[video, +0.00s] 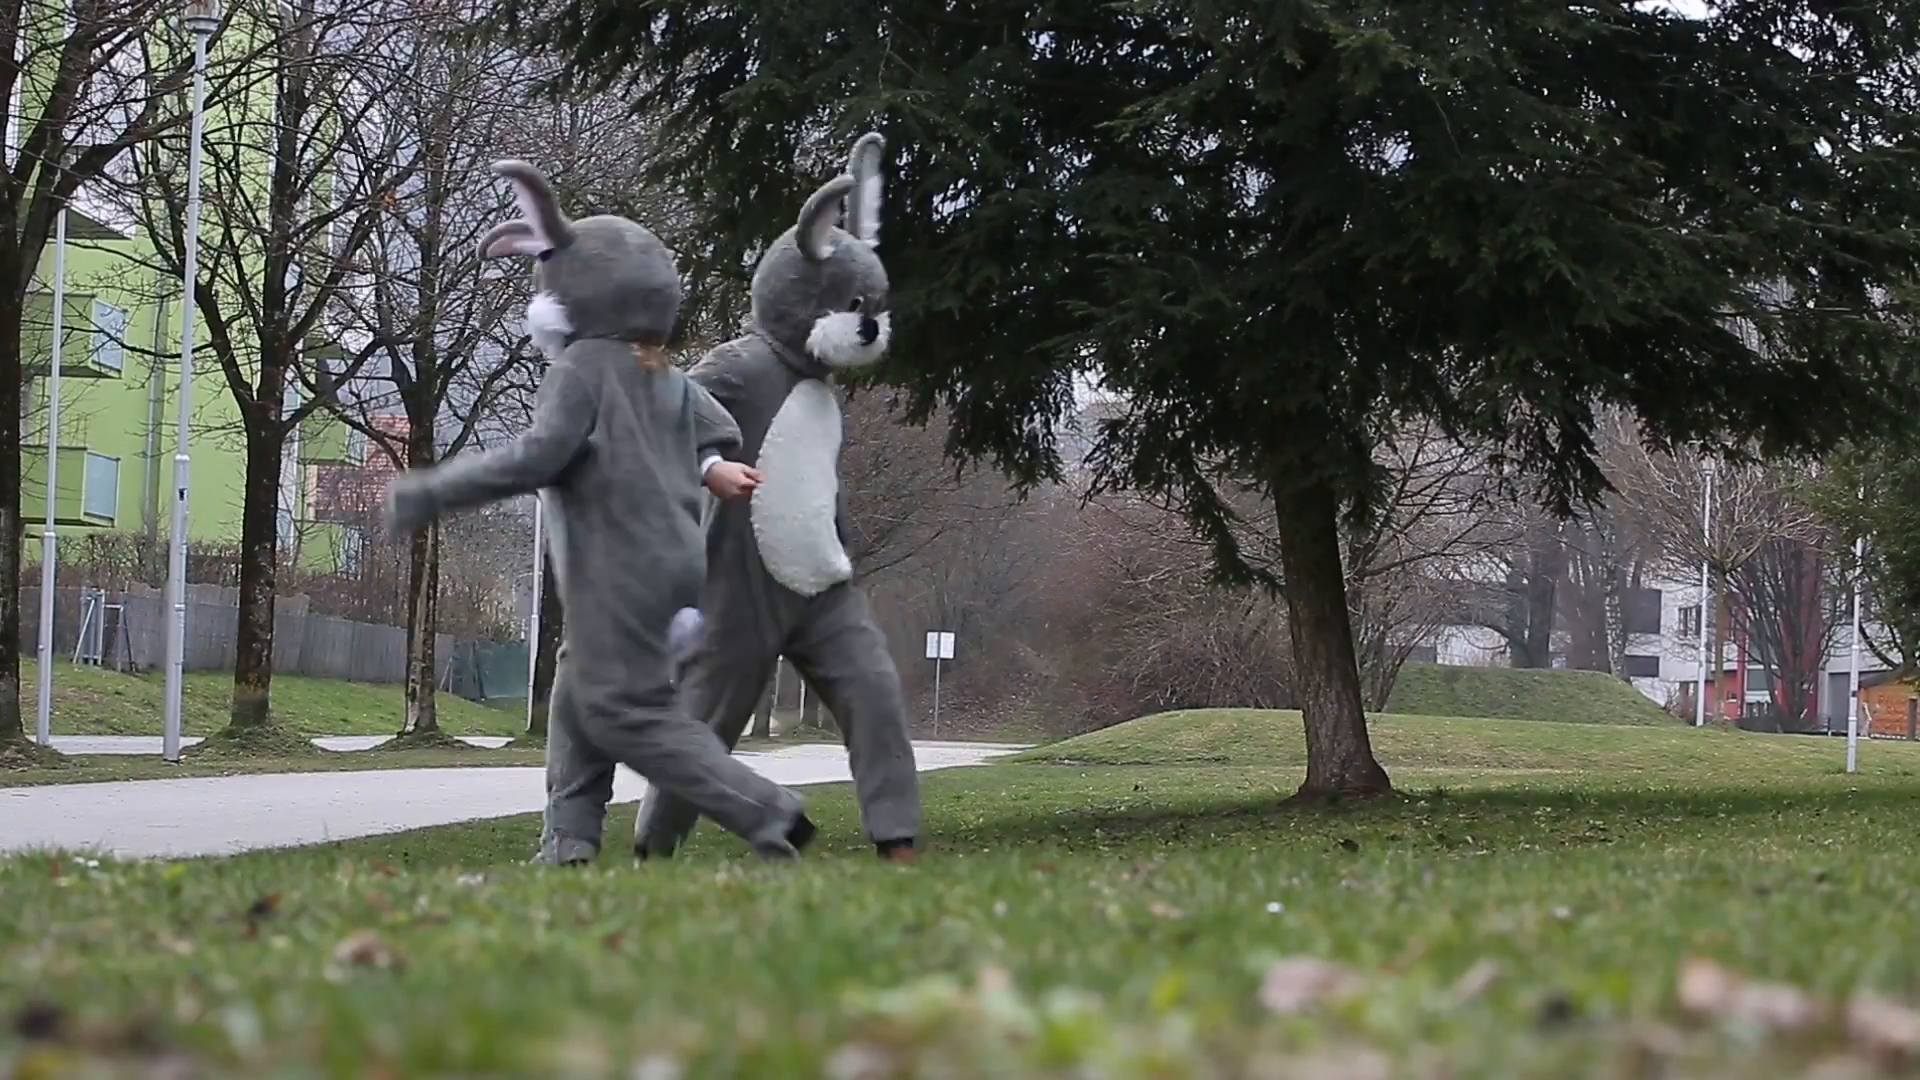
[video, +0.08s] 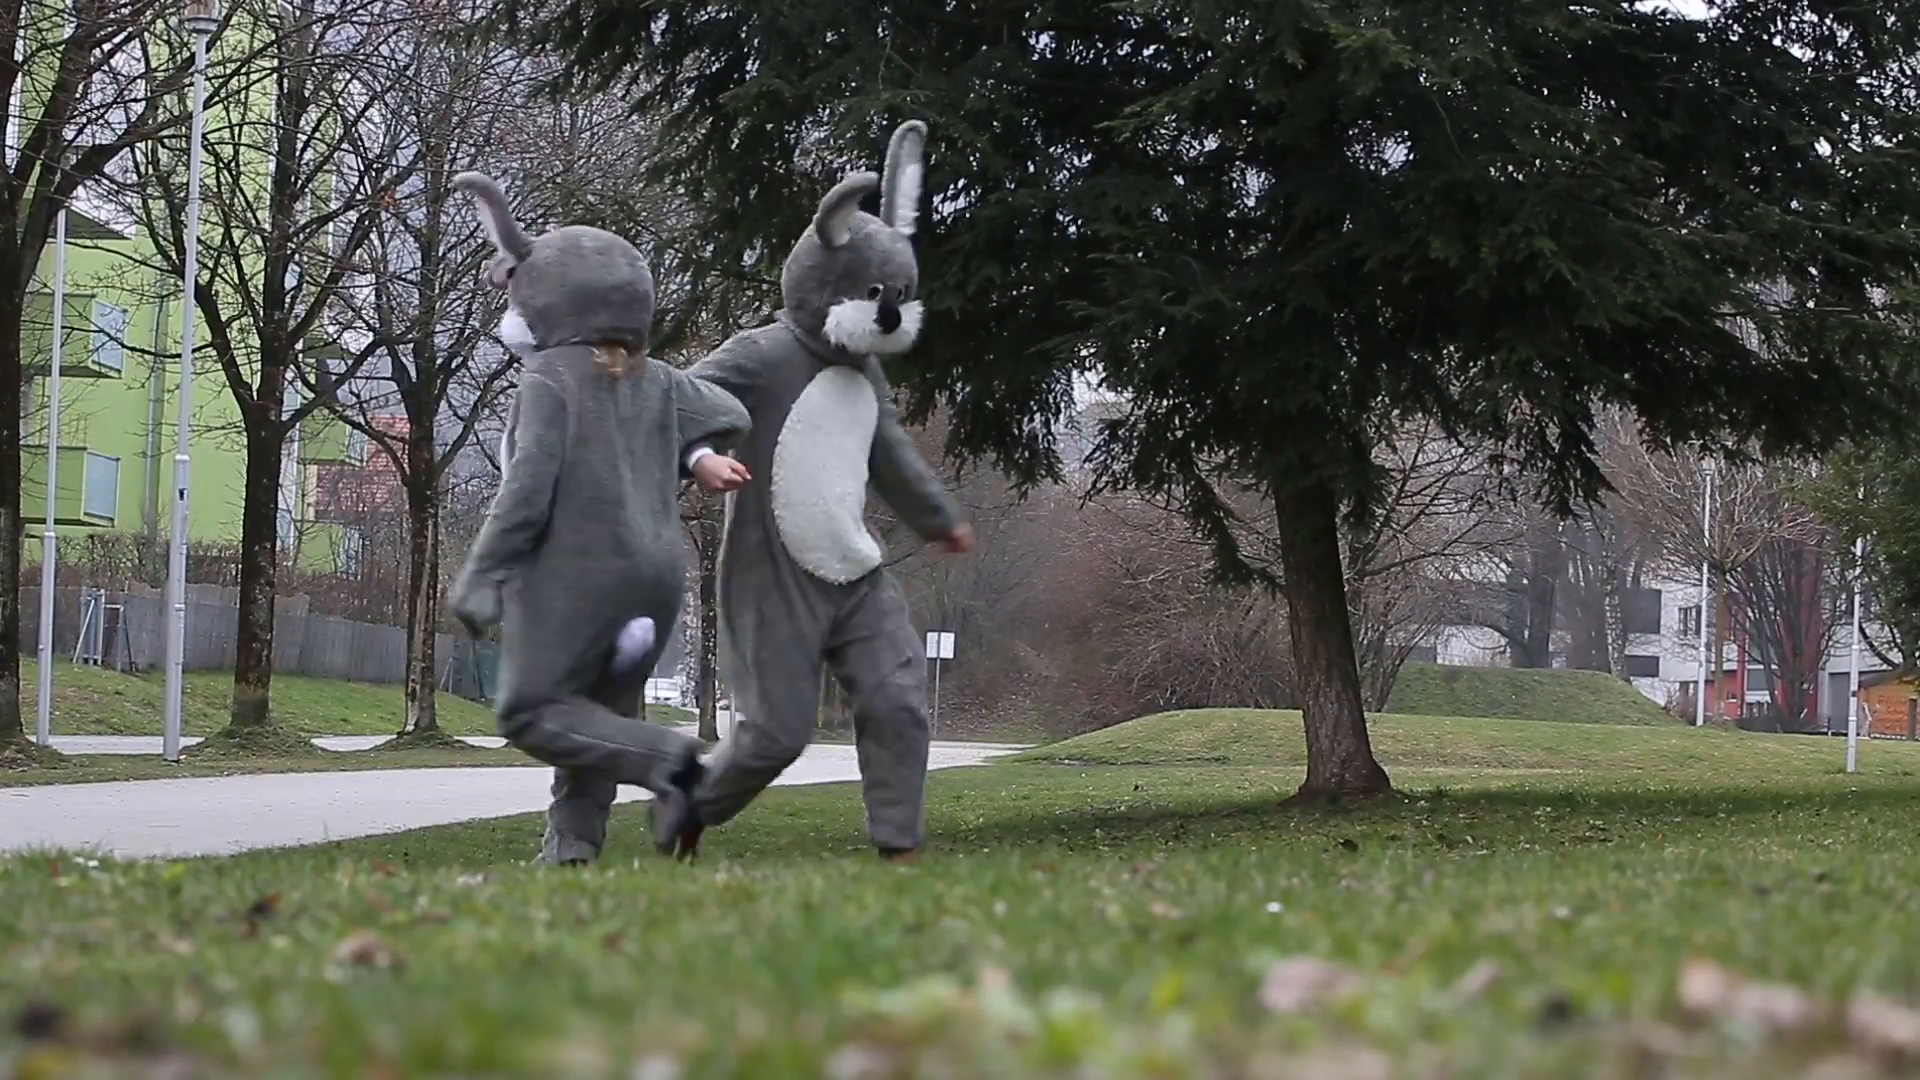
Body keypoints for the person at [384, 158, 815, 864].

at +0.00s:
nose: (543, 299)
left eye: (555, 285)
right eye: (546, 284)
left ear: (583, 294)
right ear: (649, 300)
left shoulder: (586, 365)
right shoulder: (671, 380)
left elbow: (542, 456)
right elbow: (723, 436)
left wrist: (427, 489)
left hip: (615, 573)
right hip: (674, 567)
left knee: (620, 707)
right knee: (581, 700)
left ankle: (772, 816)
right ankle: (570, 843)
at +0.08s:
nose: (515, 315)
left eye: (522, 299)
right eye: (514, 301)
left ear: (554, 303)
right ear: (630, 302)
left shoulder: (552, 375)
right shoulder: (664, 380)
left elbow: (530, 490)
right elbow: (733, 418)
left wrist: (478, 576)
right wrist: (669, 435)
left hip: (577, 569)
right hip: (657, 567)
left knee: (527, 712)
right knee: (610, 711)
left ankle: (670, 761)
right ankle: (572, 850)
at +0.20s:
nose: (506, 301)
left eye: (510, 286)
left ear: (526, 288)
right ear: (616, 284)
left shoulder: (519, 349)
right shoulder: (652, 352)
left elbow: (510, 420)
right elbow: (731, 383)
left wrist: (515, 491)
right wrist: (680, 428)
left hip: (532, 531)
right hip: (626, 546)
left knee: (468, 631)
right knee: (603, 700)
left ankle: (506, 696)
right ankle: (574, 836)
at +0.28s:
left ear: (514, 266)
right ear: (612, 266)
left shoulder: (502, 330)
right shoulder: (639, 334)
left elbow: (477, 413)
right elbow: (721, 366)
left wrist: (488, 459)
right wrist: (674, 415)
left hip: (503, 513)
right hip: (606, 524)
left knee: (480, 600)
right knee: (584, 667)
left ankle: (482, 707)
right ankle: (549, 820)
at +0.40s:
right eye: (622, 268)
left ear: (521, 268)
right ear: (612, 274)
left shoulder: (496, 332)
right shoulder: (621, 342)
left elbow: (421, 355)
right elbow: (705, 376)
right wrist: (676, 433)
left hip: (474, 530)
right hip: (565, 541)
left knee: (504, 632)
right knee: (527, 686)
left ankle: (502, 770)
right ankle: (464, 836)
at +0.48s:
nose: (640, 307)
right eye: (633, 295)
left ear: (530, 298)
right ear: (617, 303)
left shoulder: (494, 360)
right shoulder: (625, 374)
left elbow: (398, 364)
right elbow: (695, 404)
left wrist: (305, 356)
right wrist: (676, 469)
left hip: (470, 552)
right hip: (545, 569)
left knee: (539, 693)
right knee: (506, 713)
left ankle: (530, 827)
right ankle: (415, 849)